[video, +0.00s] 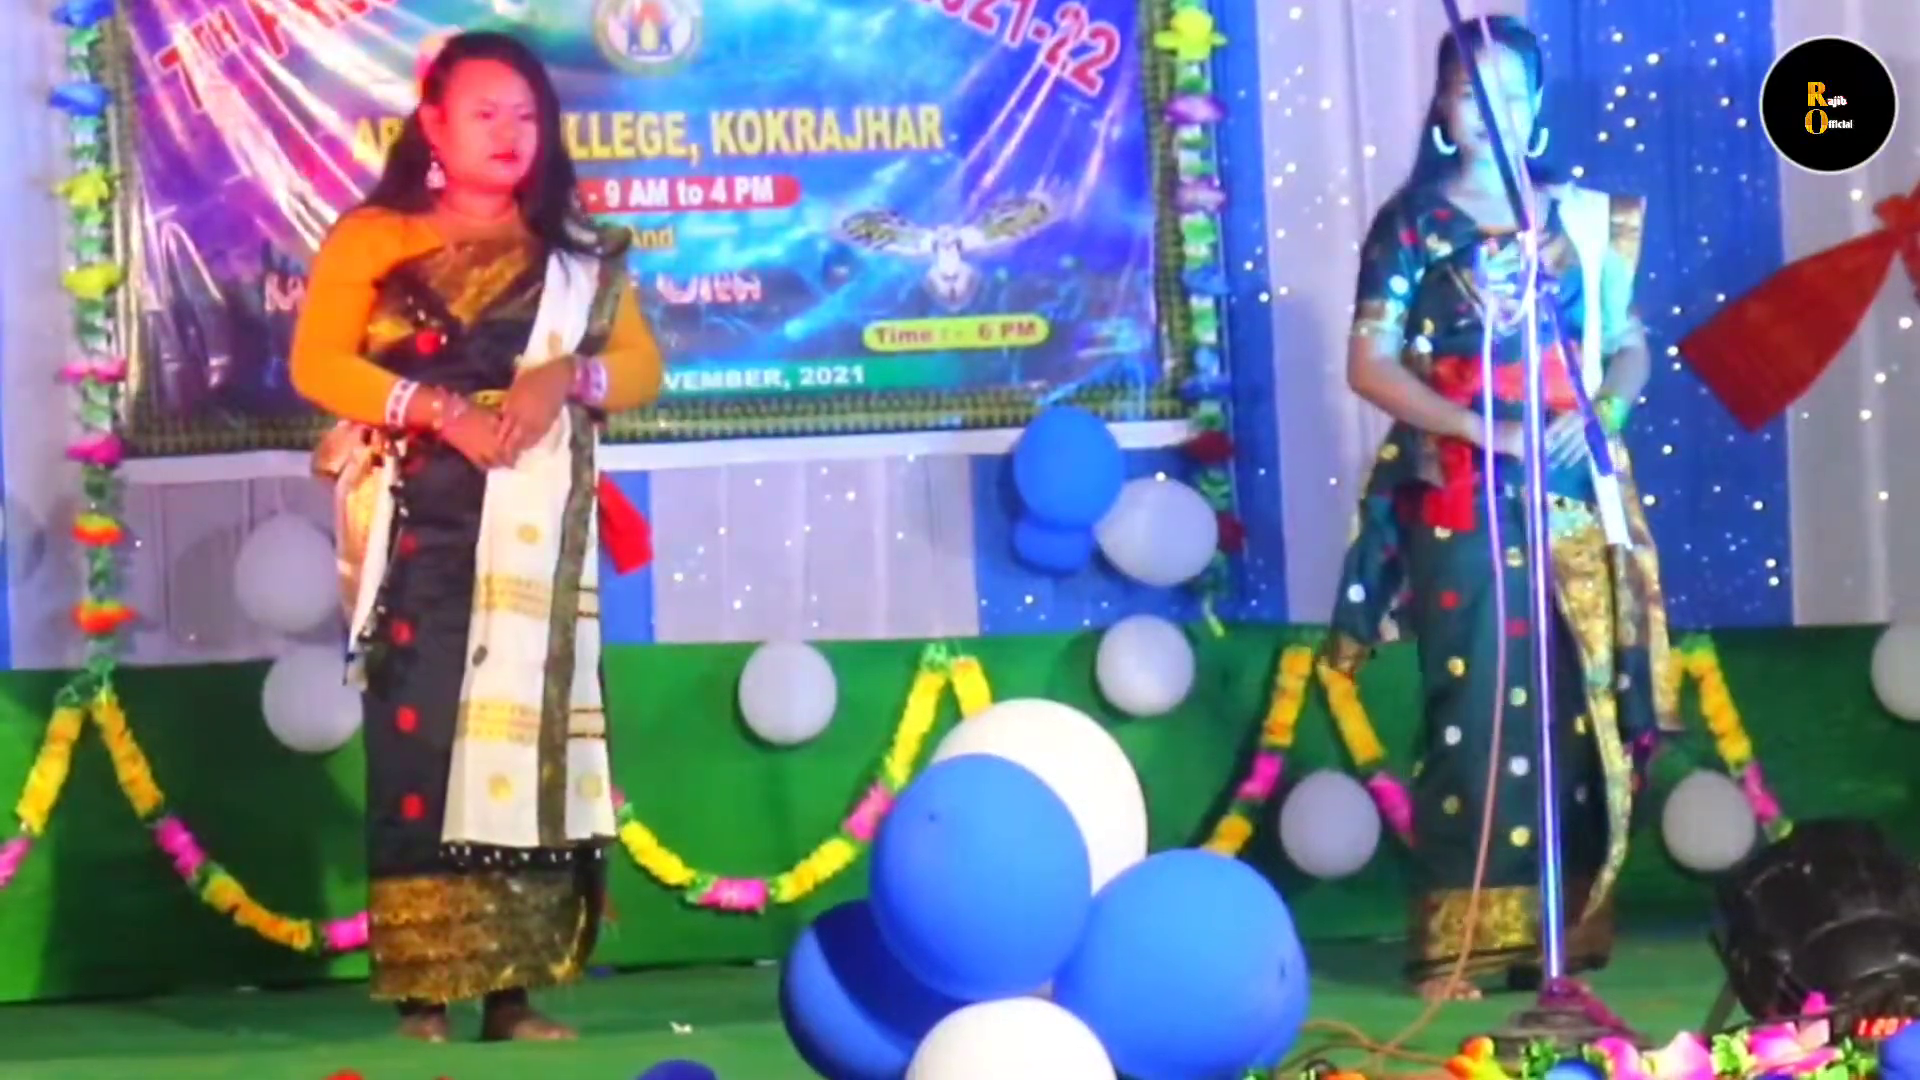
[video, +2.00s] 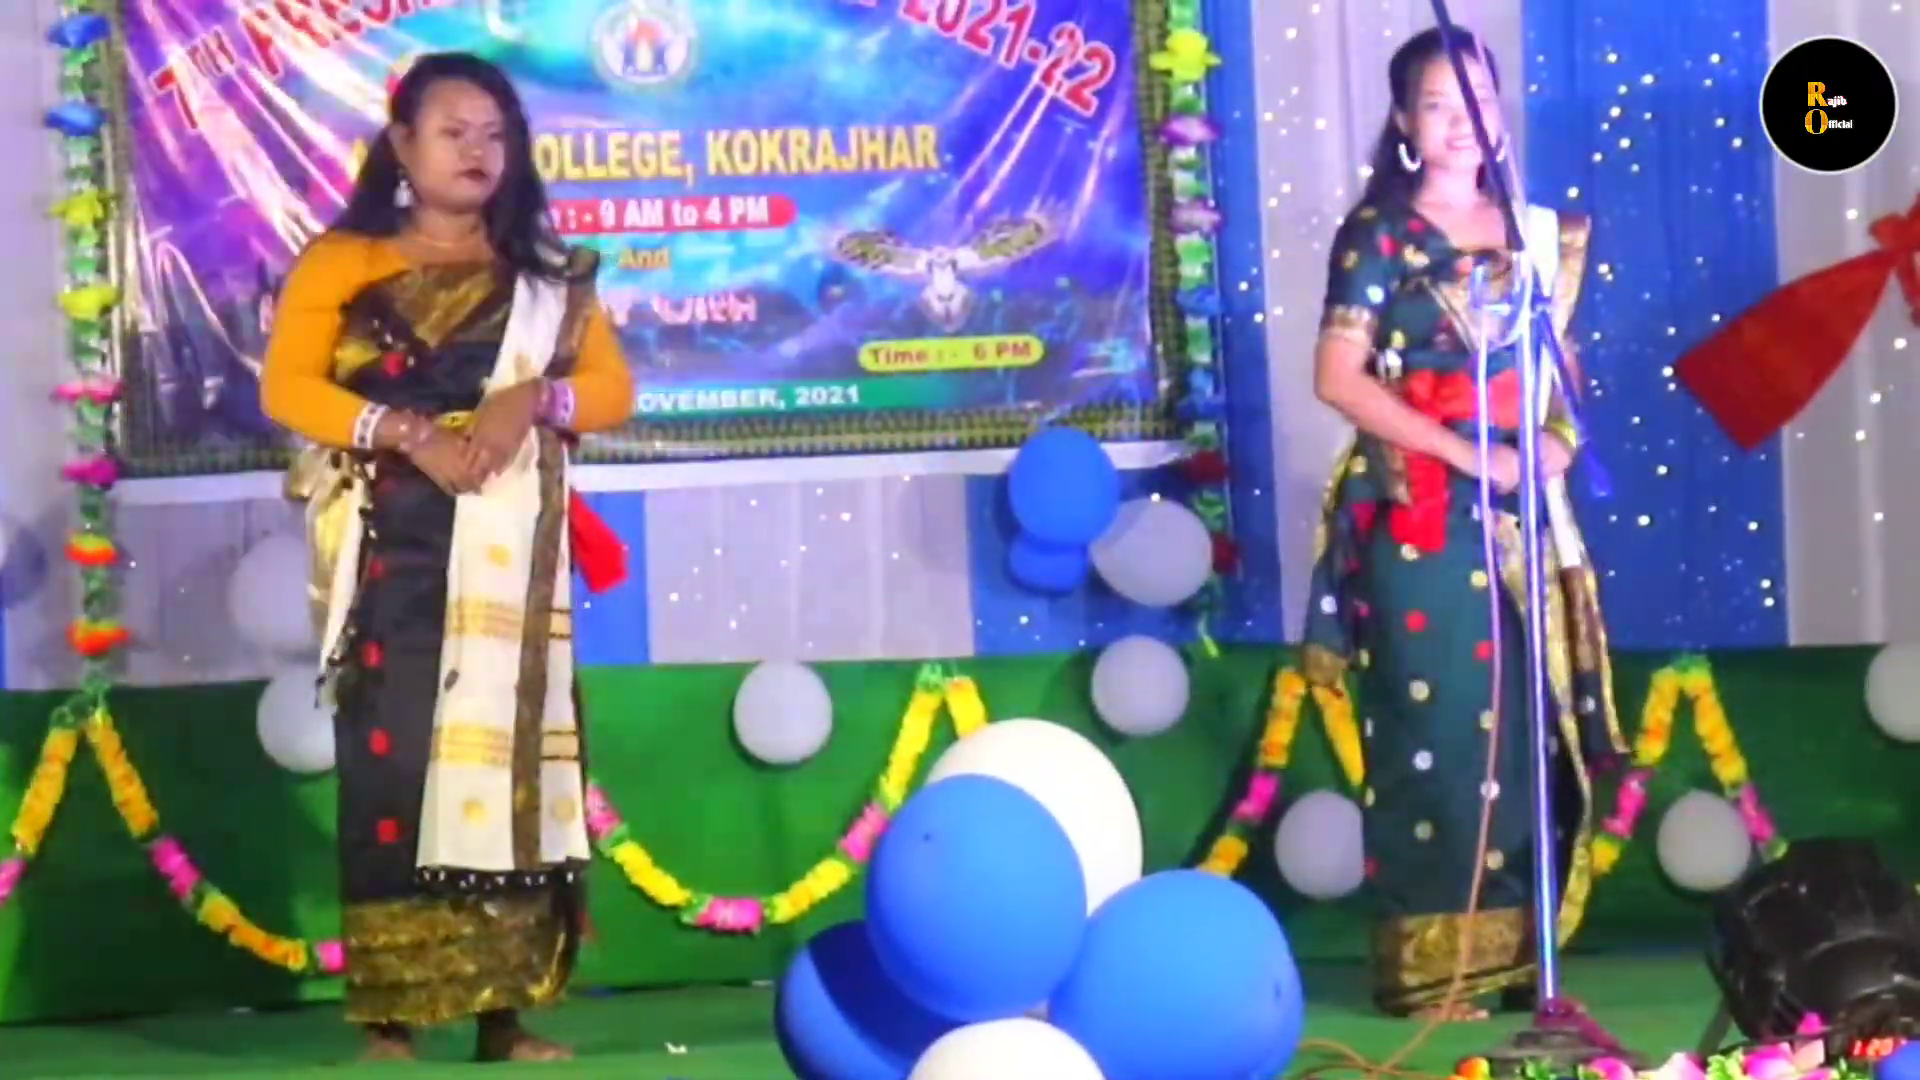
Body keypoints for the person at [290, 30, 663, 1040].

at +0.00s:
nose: (508, 133)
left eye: (524, 115)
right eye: (484, 114)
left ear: (545, 129)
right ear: (433, 126)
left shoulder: (574, 247)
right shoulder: (371, 237)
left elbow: (643, 371)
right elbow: (316, 363)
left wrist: (567, 376)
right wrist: (436, 407)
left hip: (537, 536)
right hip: (422, 531)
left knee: (528, 740)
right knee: (422, 744)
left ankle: (509, 991)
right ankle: (422, 990)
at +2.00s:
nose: (478, 151)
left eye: (495, 135)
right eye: (454, 132)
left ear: (514, 152)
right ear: (403, 146)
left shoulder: (545, 272)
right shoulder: (341, 262)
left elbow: (615, 393)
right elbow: (285, 388)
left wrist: (530, 398)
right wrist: (403, 427)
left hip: (512, 559)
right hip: (394, 556)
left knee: (514, 761)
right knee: (393, 766)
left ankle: (508, 1013)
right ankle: (390, 1011)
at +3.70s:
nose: (513, 141)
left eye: (519, 125)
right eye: (488, 126)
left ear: (529, 137)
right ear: (428, 141)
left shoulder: (556, 260)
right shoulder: (374, 251)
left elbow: (631, 380)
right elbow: (327, 374)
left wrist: (574, 406)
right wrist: (448, 397)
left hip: (536, 547)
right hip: (422, 544)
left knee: (530, 752)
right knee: (408, 760)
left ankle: (513, 1010)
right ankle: (390, 1012)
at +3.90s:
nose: (533, 146)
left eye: (534, 127)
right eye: (505, 134)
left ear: (546, 149)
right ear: (451, 166)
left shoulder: (549, 271)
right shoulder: (453, 266)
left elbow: (664, 360)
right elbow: (548, 340)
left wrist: (673, 275)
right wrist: (626, 276)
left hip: (577, 556)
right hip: (501, 558)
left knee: (579, 776)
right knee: (520, 773)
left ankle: (510, 1010)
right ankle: (421, 979)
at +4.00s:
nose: (550, 125)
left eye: (547, 108)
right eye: (523, 115)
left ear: (547, 132)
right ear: (469, 148)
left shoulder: (528, 237)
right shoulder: (493, 236)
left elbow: (678, 318)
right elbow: (632, 280)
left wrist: (639, 213)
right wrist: (637, 202)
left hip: (550, 546)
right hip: (529, 549)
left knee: (563, 765)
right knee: (566, 766)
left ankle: (511, 1007)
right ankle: (497, 1013)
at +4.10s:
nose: (580, 114)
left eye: (570, 98)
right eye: (555, 102)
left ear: (489, 138)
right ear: (498, 131)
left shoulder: (460, 245)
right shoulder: (561, 230)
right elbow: (677, 326)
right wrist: (714, 280)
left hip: (502, 560)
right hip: (595, 549)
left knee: (543, 764)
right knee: (690, 708)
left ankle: (511, 1003)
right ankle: (635, 953)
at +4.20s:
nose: (596, 145)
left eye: (586, 127)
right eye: (569, 133)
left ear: (504, 169)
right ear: (515, 162)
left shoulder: (469, 282)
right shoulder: (589, 268)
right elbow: (687, 371)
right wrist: (783, 400)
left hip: (527, 588)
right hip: (634, 576)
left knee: (575, 792)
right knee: (723, 746)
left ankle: (524, 1018)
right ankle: (715, 986)